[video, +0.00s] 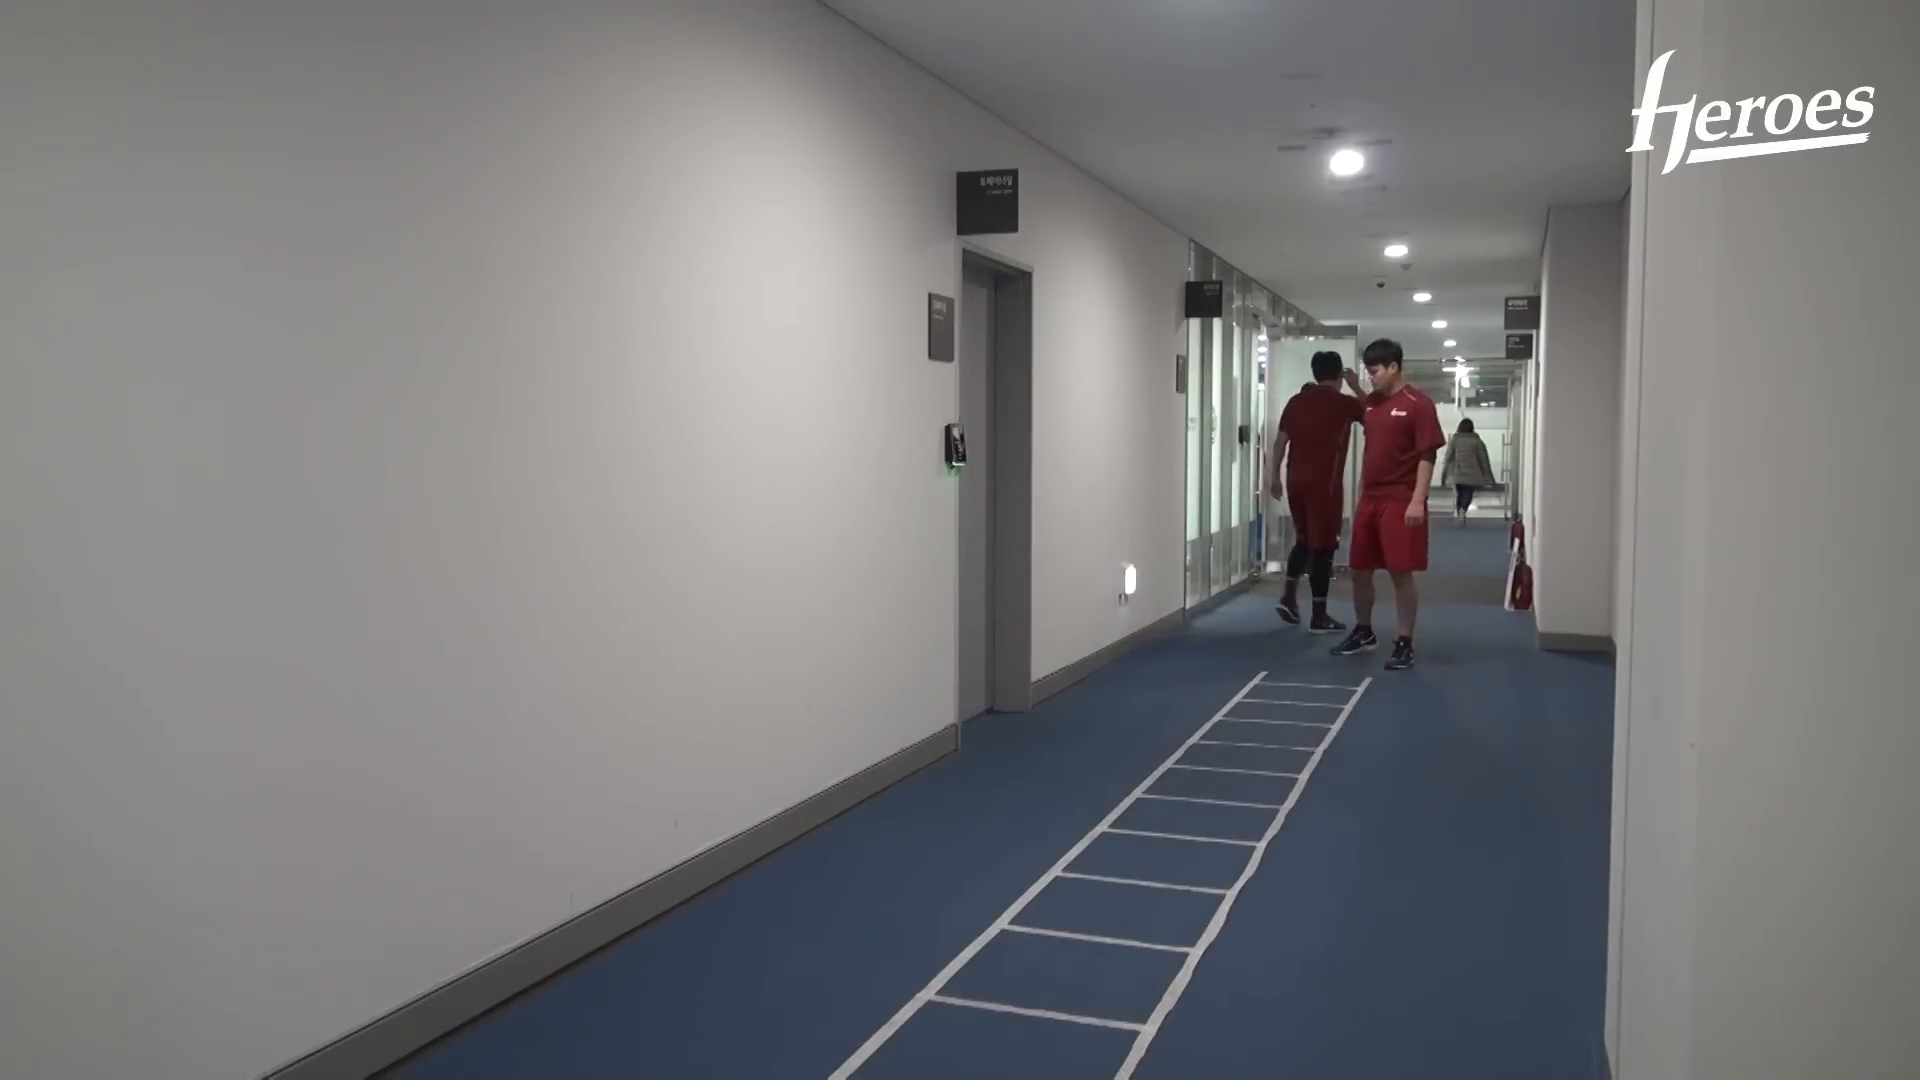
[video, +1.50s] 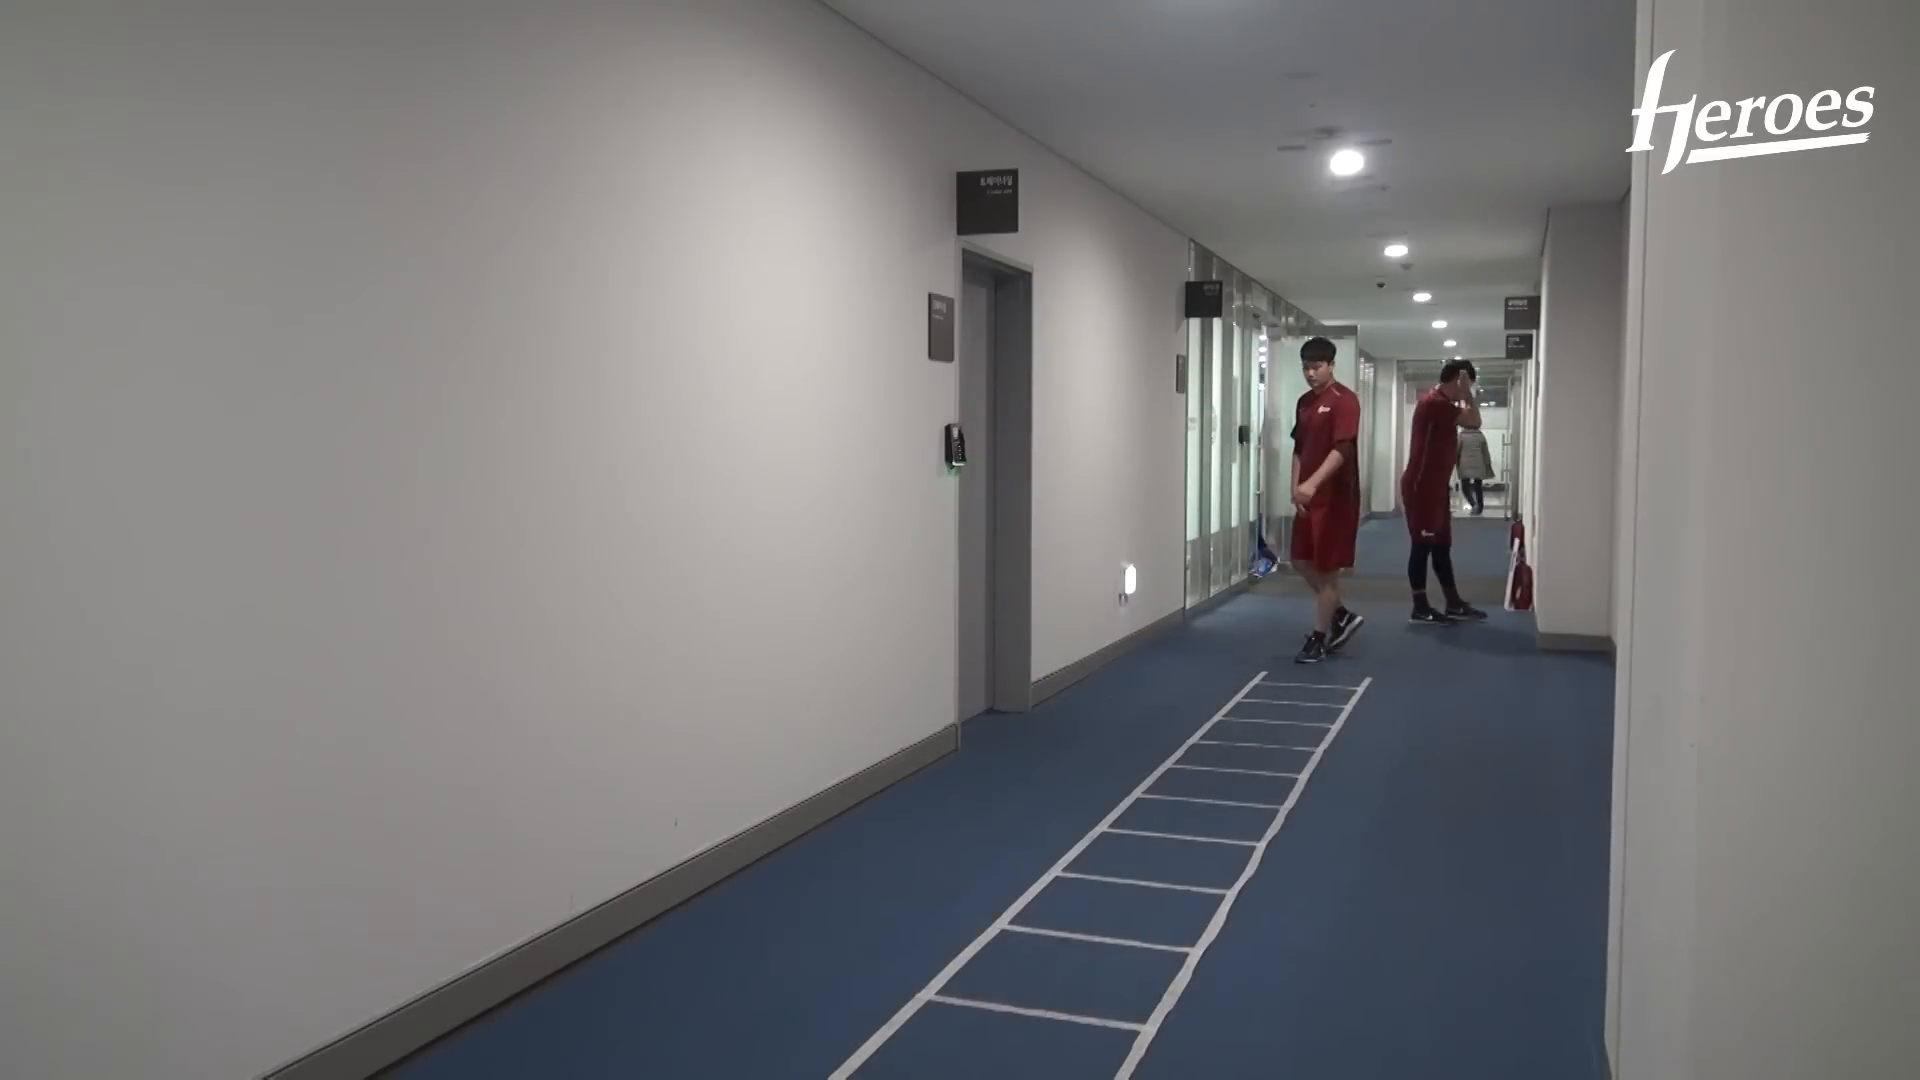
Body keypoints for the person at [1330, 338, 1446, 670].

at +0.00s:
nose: (1370, 375)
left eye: (1375, 368)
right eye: (1368, 369)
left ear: (1394, 367)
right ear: (1372, 371)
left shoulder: (1419, 403)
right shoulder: (1372, 405)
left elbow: (1428, 456)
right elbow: (1370, 454)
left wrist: (1418, 500)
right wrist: (1361, 497)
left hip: (1400, 500)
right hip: (1370, 498)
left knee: (1400, 572)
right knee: (1360, 569)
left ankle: (1404, 643)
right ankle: (1363, 630)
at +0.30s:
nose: (1353, 377)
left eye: (1357, 370)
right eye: (1351, 371)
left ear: (1376, 367)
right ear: (1361, 371)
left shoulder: (1403, 403)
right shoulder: (1356, 407)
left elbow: (1414, 452)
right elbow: (1349, 451)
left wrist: (1417, 494)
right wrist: (1331, 483)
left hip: (1386, 500)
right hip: (1353, 499)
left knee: (1391, 572)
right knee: (1360, 571)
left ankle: (1402, 644)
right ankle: (1365, 635)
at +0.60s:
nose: (1339, 378)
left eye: (1344, 372)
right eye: (1337, 373)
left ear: (1361, 369)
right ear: (1342, 373)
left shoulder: (1388, 403)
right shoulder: (1339, 406)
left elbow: (1396, 453)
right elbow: (1328, 452)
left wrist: (1384, 493)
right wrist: (1308, 485)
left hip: (1369, 500)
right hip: (1339, 499)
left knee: (1369, 570)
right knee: (1351, 571)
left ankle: (1393, 638)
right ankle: (1364, 633)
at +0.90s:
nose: (1320, 379)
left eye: (1323, 373)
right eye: (1319, 374)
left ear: (1340, 369)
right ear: (1333, 371)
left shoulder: (1373, 404)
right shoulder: (1325, 407)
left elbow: (1385, 453)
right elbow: (1318, 453)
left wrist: (1387, 496)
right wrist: (1304, 490)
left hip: (1361, 499)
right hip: (1331, 500)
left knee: (1334, 564)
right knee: (1351, 570)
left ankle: (1338, 635)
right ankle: (1365, 633)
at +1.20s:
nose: (1305, 378)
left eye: (1308, 371)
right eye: (1303, 372)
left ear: (1326, 367)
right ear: (1316, 370)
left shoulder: (1353, 404)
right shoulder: (1313, 405)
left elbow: (1367, 453)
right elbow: (1310, 450)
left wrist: (1375, 498)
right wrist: (1304, 485)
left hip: (1345, 499)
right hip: (1320, 499)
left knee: (1321, 569)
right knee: (1340, 568)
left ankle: (1316, 638)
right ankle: (1363, 630)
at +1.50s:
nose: (1310, 372)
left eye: (1316, 366)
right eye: (1306, 367)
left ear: (1331, 366)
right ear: (1303, 368)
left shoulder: (1345, 399)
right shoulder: (1305, 401)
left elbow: (1342, 449)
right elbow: (1299, 448)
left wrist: (1312, 482)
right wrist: (1296, 486)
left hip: (1336, 496)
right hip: (1310, 495)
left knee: (1327, 568)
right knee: (1302, 561)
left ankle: (1319, 636)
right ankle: (1340, 615)